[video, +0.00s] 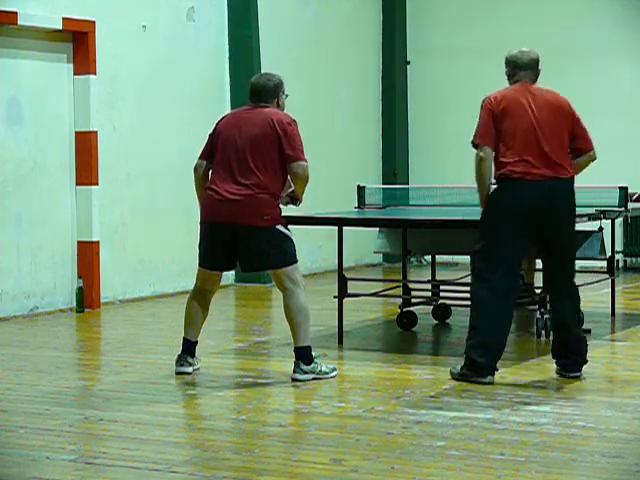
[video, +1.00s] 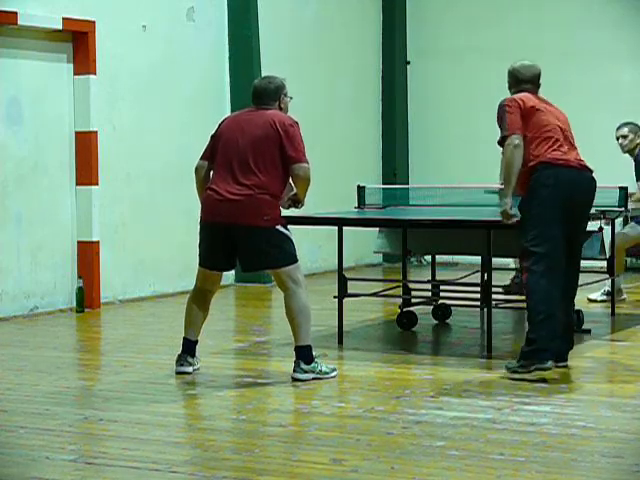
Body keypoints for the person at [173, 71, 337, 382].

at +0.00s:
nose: (286, 102)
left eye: (285, 98)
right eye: (285, 98)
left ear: (250, 98)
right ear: (278, 99)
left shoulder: (226, 121)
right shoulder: (283, 122)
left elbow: (201, 168)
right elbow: (299, 171)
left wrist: (207, 207)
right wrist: (297, 193)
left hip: (216, 216)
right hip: (261, 216)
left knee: (203, 288)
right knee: (292, 285)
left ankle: (186, 355)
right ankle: (304, 361)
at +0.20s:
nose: (287, 103)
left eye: (286, 98)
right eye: (286, 98)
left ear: (252, 98)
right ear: (278, 99)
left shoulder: (227, 121)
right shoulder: (283, 122)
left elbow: (201, 169)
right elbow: (299, 171)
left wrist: (206, 205)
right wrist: (297, 194)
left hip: (215, 215)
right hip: (260, 215)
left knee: (203, 288)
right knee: (292, 285)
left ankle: (186, 355)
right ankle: (304, 361)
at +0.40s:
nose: (288, 102)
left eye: (288, 97)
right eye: (287, 98)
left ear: (254, 98)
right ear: (278, 99)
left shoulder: (228, 121)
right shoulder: (283, 122)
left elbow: (201, 168)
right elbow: (299, 172)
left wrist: (209, 203)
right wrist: (297, 194)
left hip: (216, 215)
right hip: (261, 215)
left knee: (203, 288)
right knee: (292, 286)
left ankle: (186, 356)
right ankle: (304, 361)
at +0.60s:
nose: (290, 103)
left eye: (289, 98)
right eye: (288, 98)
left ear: (256, 99)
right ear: (278, 99)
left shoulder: (228, 121)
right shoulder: (284, 122)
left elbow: (202, 168)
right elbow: (298, 172)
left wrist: (210, 202)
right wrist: (297, 194)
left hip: (215, 214)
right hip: (260, 214)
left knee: (203, 288)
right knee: (291, 286)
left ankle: (186, 356)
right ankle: (304, 361)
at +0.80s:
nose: (290, 103)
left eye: (290, 98)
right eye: (288, 98)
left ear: (256, 99)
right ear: (279, 99)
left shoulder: (229, 121)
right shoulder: (284, 122)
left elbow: (202, 168)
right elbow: (300, 172)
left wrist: (210, 203)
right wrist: (298, 195)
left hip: (215, 214)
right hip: (260, 215)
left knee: (203, 288)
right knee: (292, 286)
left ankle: (186, 356)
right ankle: (304, 361)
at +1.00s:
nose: (289, 104)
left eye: (289, 99)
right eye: (288, 99)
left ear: (255, 101)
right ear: (279, 101)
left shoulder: (229, 122)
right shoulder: (284, 123)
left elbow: (202, 169)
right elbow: (301, 173)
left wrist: (209, 204)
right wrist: (298, 196)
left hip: (215, 215)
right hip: (260, 215)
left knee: (204, 287)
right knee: (293, 285)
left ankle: (187, 355)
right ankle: (305, 361)